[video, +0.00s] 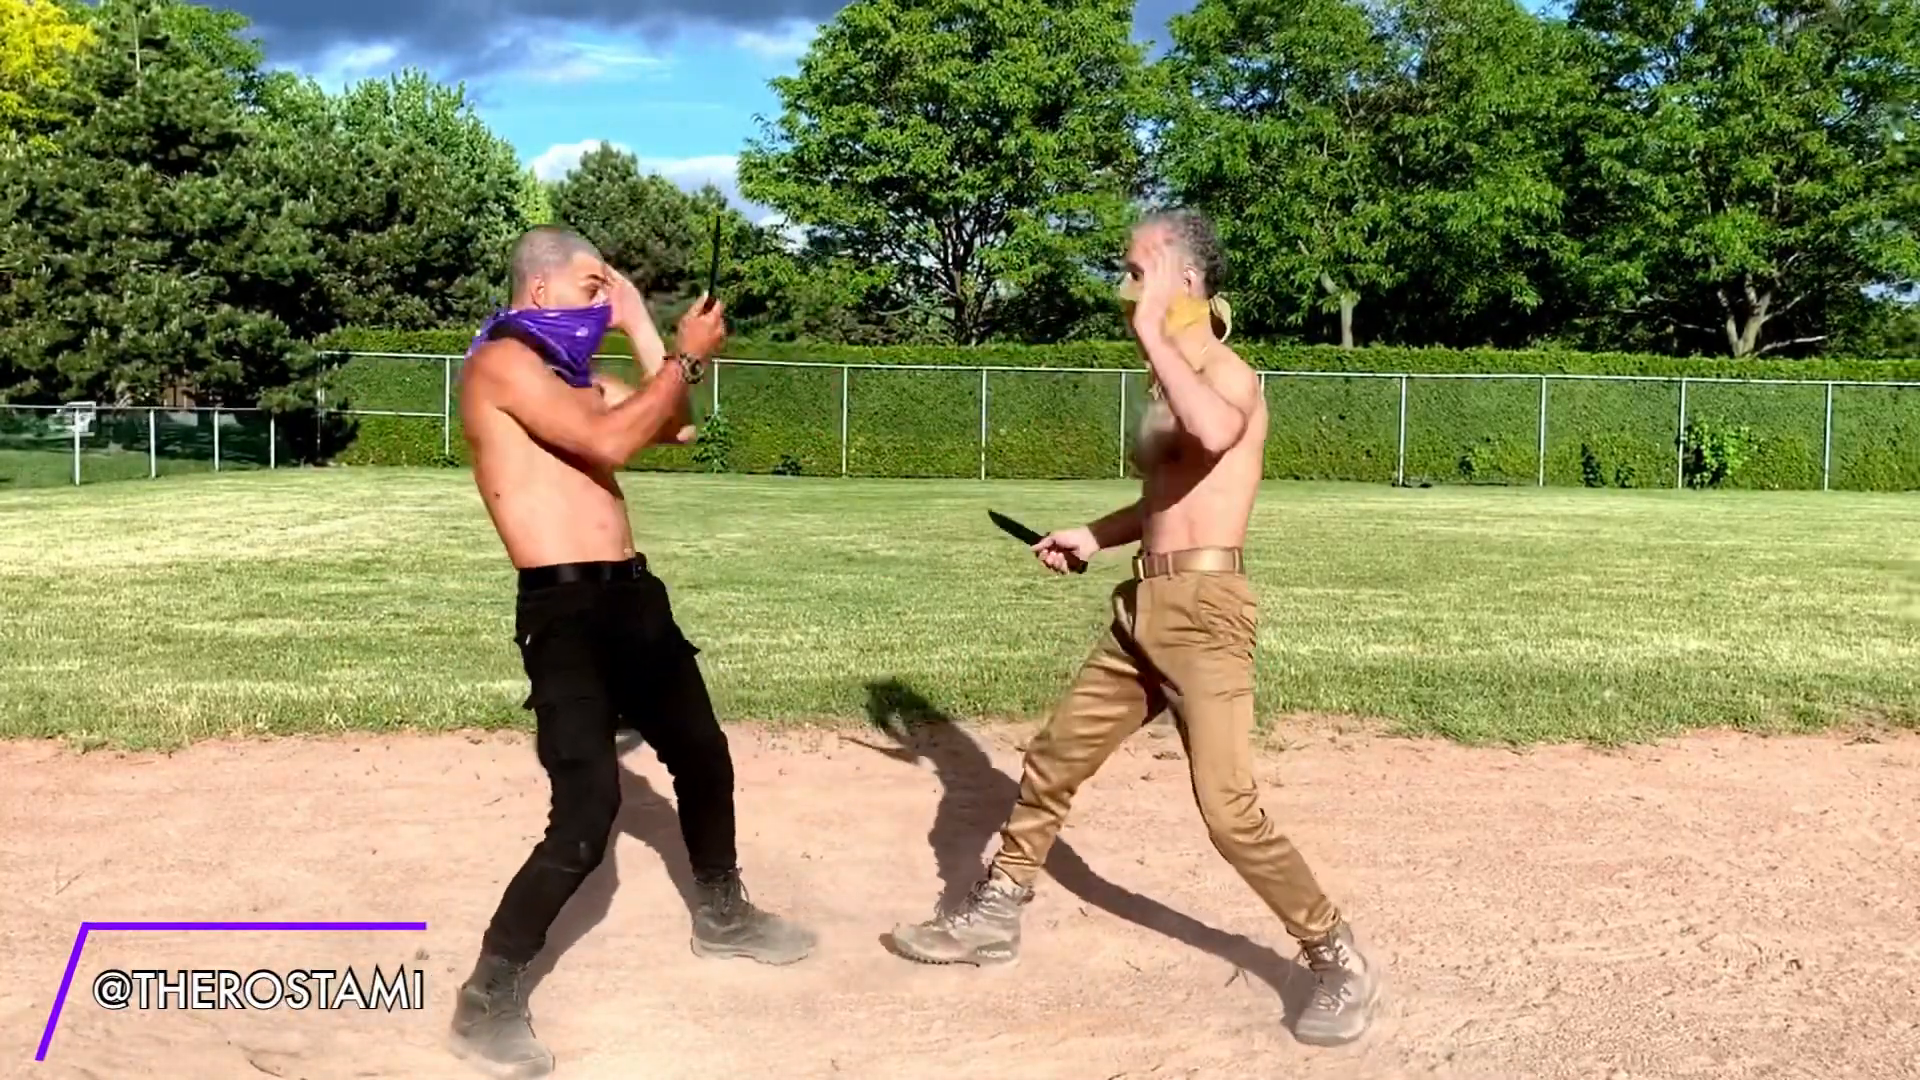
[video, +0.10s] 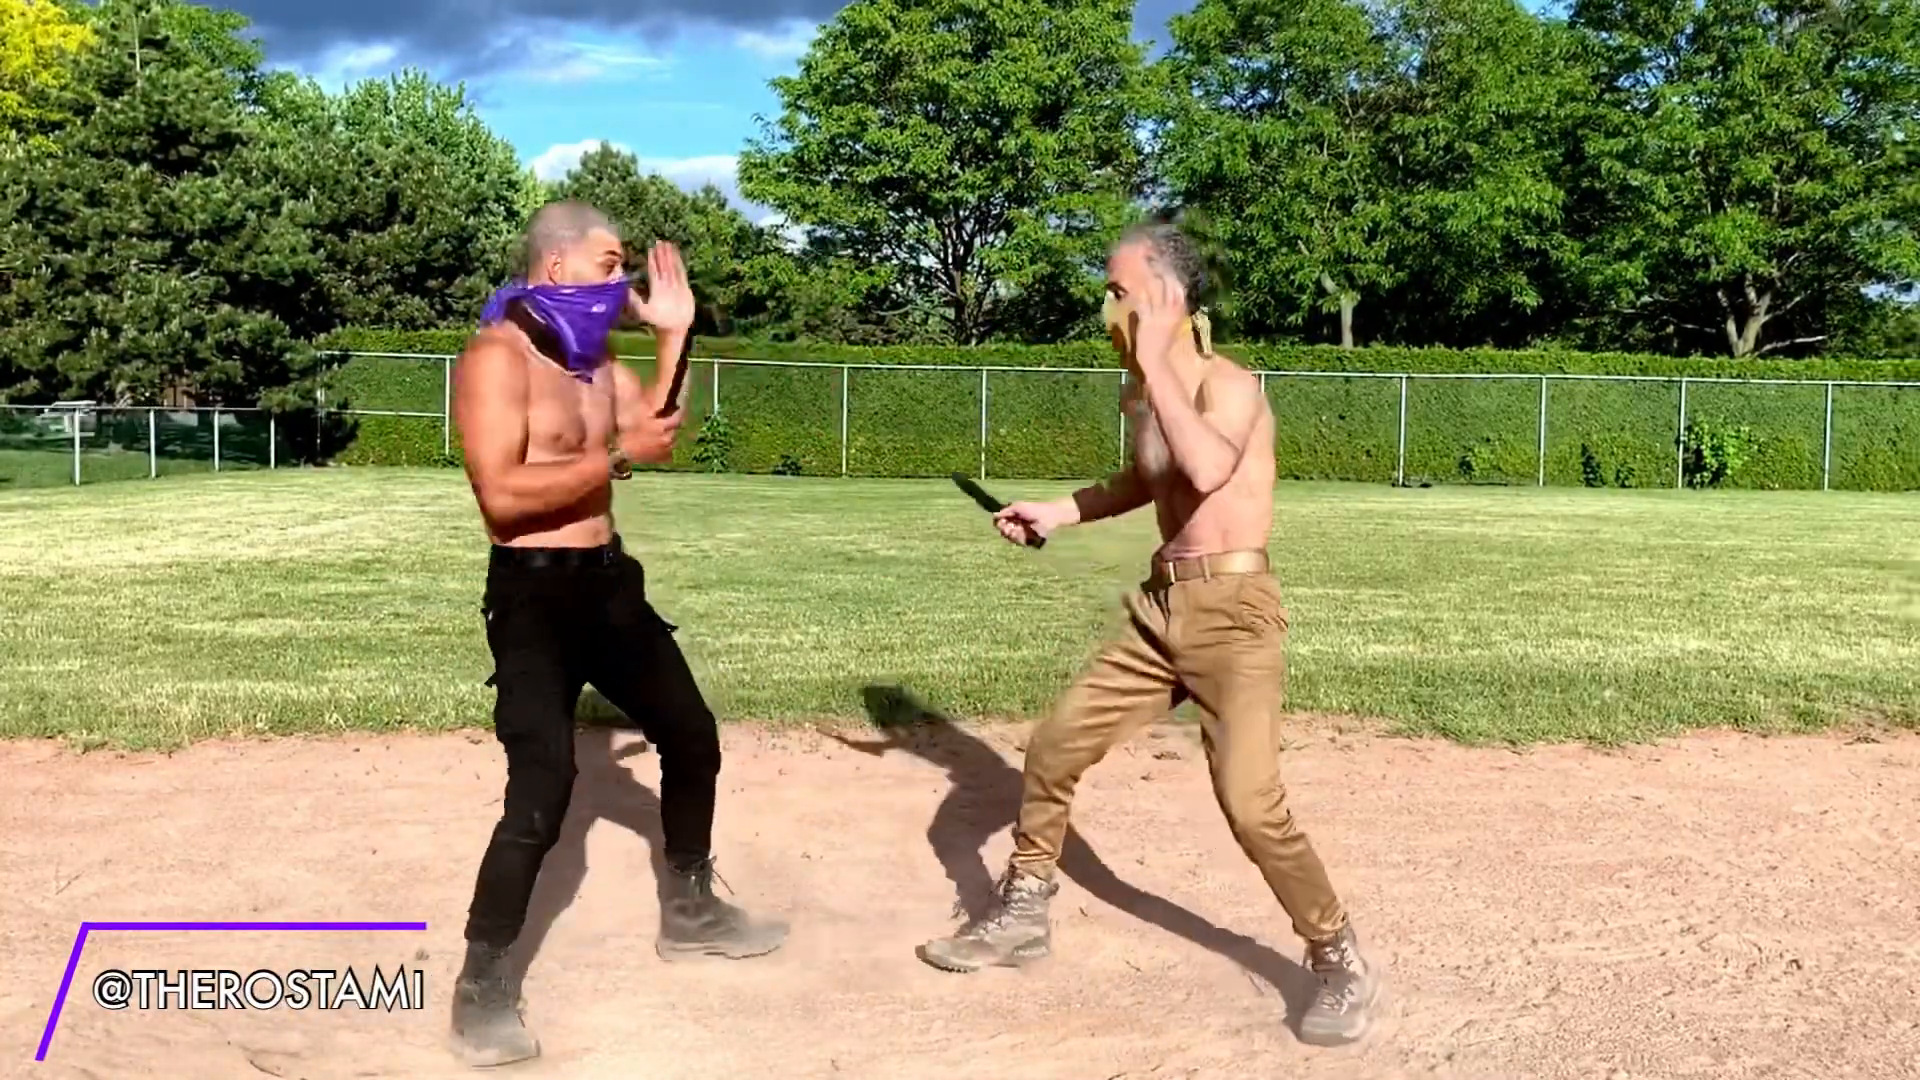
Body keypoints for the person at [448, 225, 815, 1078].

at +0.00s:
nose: (604, 308)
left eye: (606, 294)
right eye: (592, 290)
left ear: (548, 295)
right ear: (542, 288)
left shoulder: (558, 373)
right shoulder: (502, 361)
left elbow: (662, 425)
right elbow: (605, 440)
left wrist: (638, 321)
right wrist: (683, 361)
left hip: (633, 596)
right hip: (564, 608)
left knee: (703, 757)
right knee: (585, 815)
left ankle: (722, 912)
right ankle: (491, 992)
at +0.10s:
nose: (620, 280)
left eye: (621, 266)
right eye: (607, 263)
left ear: (587, 272)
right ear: (552, 264)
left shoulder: (596, 353)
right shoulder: (497, 352)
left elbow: (652, 439)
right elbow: (501, 499)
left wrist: (673, 339)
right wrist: (619, 459)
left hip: (608, 583)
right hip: (531, 592)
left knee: (691, 738)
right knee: (539, 792)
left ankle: (689, 908)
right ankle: (485, 989)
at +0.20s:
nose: (632, 299)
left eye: (634, 285)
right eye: (619, 283)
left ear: (598, 288)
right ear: (565, 283)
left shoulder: (602, 373)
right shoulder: (496, 375)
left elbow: (619, 454)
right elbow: (449, 509)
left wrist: (685, 401)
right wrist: (565, 524)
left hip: (595, 598)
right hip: (511, 602)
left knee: (671, 753)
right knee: (484, 789)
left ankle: (667, 914)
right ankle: (413, 966)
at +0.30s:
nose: (632, 323)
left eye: (634, 310)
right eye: (619, 308)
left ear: (595, 314)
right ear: (567, 308)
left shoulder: (596, 397)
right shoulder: (488, 406)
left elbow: (598, 492)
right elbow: (443, 540)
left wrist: (672, 450)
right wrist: (561, 556)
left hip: (579, 623)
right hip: (493, 628)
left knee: (682, 753)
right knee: (445, 812)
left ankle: (668, 914)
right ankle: (348, 978)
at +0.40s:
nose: (630, 341)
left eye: (633, 327)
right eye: (619, 324)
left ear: (600, 328)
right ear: (566, 323)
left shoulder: (603, 403)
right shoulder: (486, 417)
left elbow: (617, 496)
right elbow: (445, 552)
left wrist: (674, 456)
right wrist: (565, 569)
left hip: (572, 631)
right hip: (484, 636)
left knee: (689, 746)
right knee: (429, 817)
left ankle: (673, 912)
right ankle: (332, 980)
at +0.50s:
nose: (645, 347)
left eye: (649, 332)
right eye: (635, 330)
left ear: (610, 333)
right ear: (582, 331)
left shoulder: (615, 407)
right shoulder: (508, 418)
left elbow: (631, 500)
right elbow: (460, 550)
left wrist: (696, 467)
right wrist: (574, 569)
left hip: (579, 634)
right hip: (498, 636)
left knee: (697, 747)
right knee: (444, 824)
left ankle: (677, 915)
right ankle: (335, 978)